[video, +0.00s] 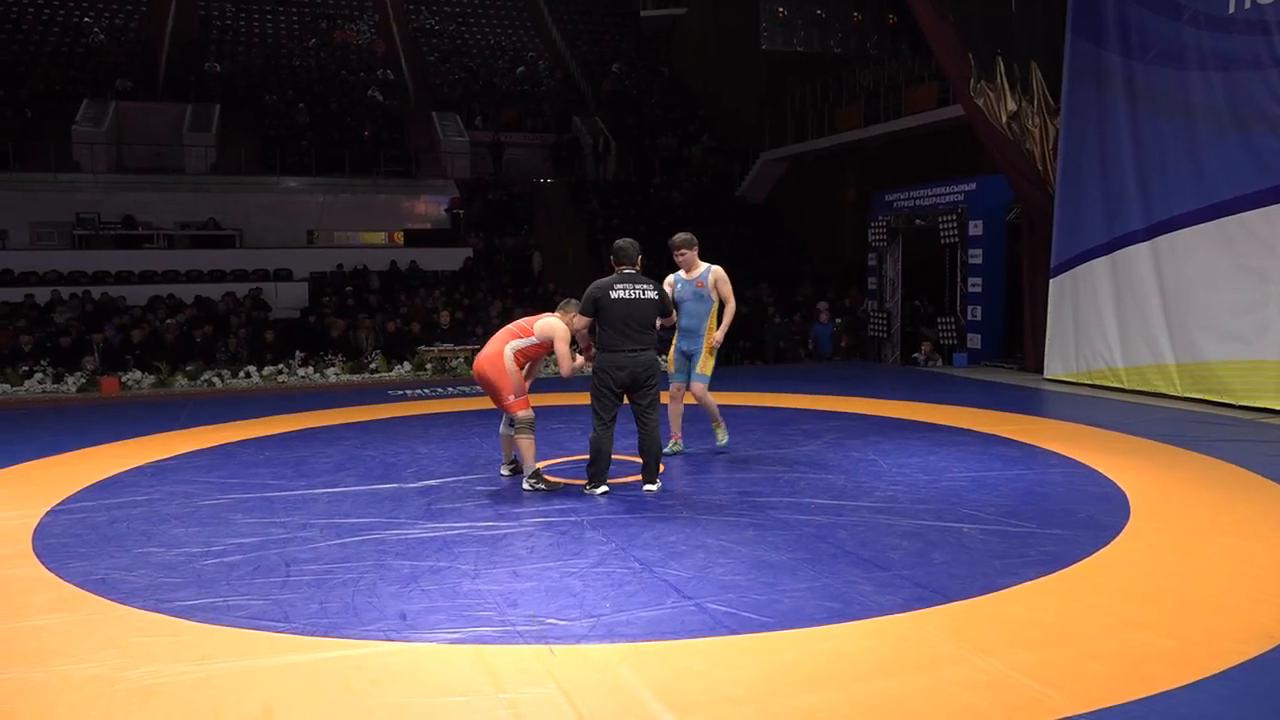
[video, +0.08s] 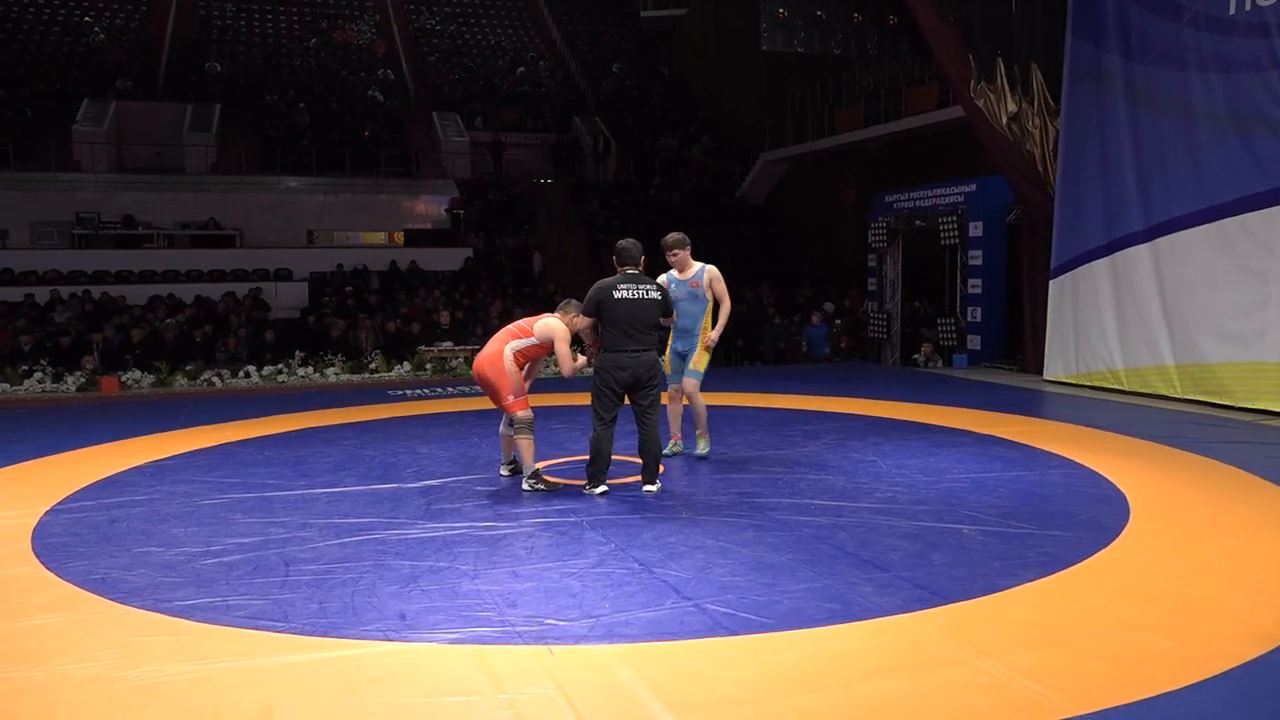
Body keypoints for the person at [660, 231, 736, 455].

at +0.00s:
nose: (678, 259)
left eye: (682, 254)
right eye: (675, 255)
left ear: (695, 251)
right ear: (673, 256)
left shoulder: (715, 273)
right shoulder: (671, 280)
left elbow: (730, 303)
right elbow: (668, 314)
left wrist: (721, 331)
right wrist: (661, 319)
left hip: (704, 343)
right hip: (679, 343)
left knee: (698, 390)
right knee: (675, 391)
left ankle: (718, 424)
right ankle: (676, 439)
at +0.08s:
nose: (671, 259)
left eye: (675, 254)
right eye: (668, 255)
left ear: (688, 251)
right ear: (665, 256)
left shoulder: (709, 272)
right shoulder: (664, 280)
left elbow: (725, 302)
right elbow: (655, 310)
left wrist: (717, 331)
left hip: (700, 342)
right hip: (674, 342)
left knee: (690, 388)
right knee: (673, 392)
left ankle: (702, 436)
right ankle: (675, 439)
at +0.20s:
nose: (663, 262)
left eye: (666, 257)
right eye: (659, 258)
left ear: (678, 252)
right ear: (657, 258)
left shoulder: (702, 274)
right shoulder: (659, 280)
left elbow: (719, 303)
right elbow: (653, 311)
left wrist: (713, 332)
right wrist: (651, 336)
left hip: (692, 344)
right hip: (667, 343)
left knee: (683, 392)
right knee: (668, 396)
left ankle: (681, 444)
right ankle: (674, 440)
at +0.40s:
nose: (653, 266)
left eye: (656, 261)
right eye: (651, 262)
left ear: (670, 256)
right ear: (653, 261)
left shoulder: (696, 278)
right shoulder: (656, 281)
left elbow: (714, 308)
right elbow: (649, 313)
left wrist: (705, 341)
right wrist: (646, 340)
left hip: (683, 347)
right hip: (660, 347)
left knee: (677, 400)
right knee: (663, 400)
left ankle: (676, 451)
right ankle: (670, 445)